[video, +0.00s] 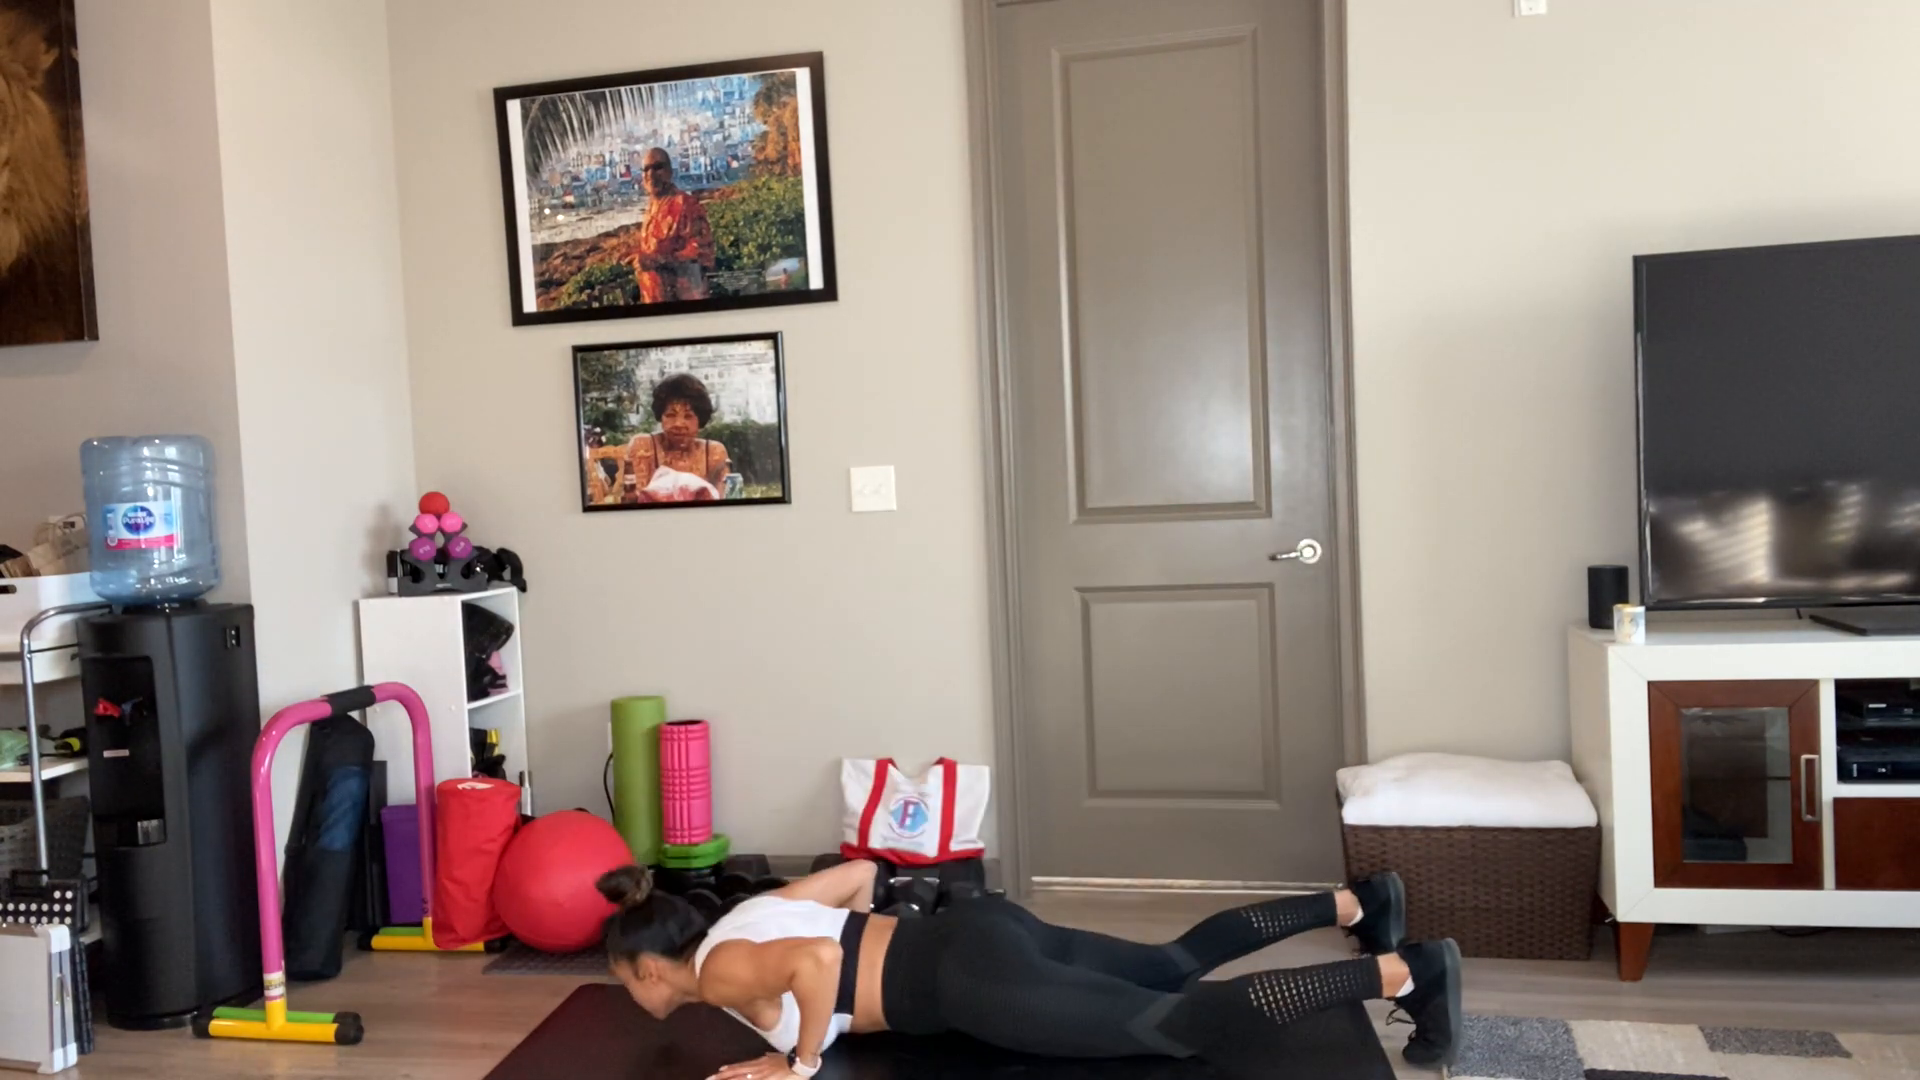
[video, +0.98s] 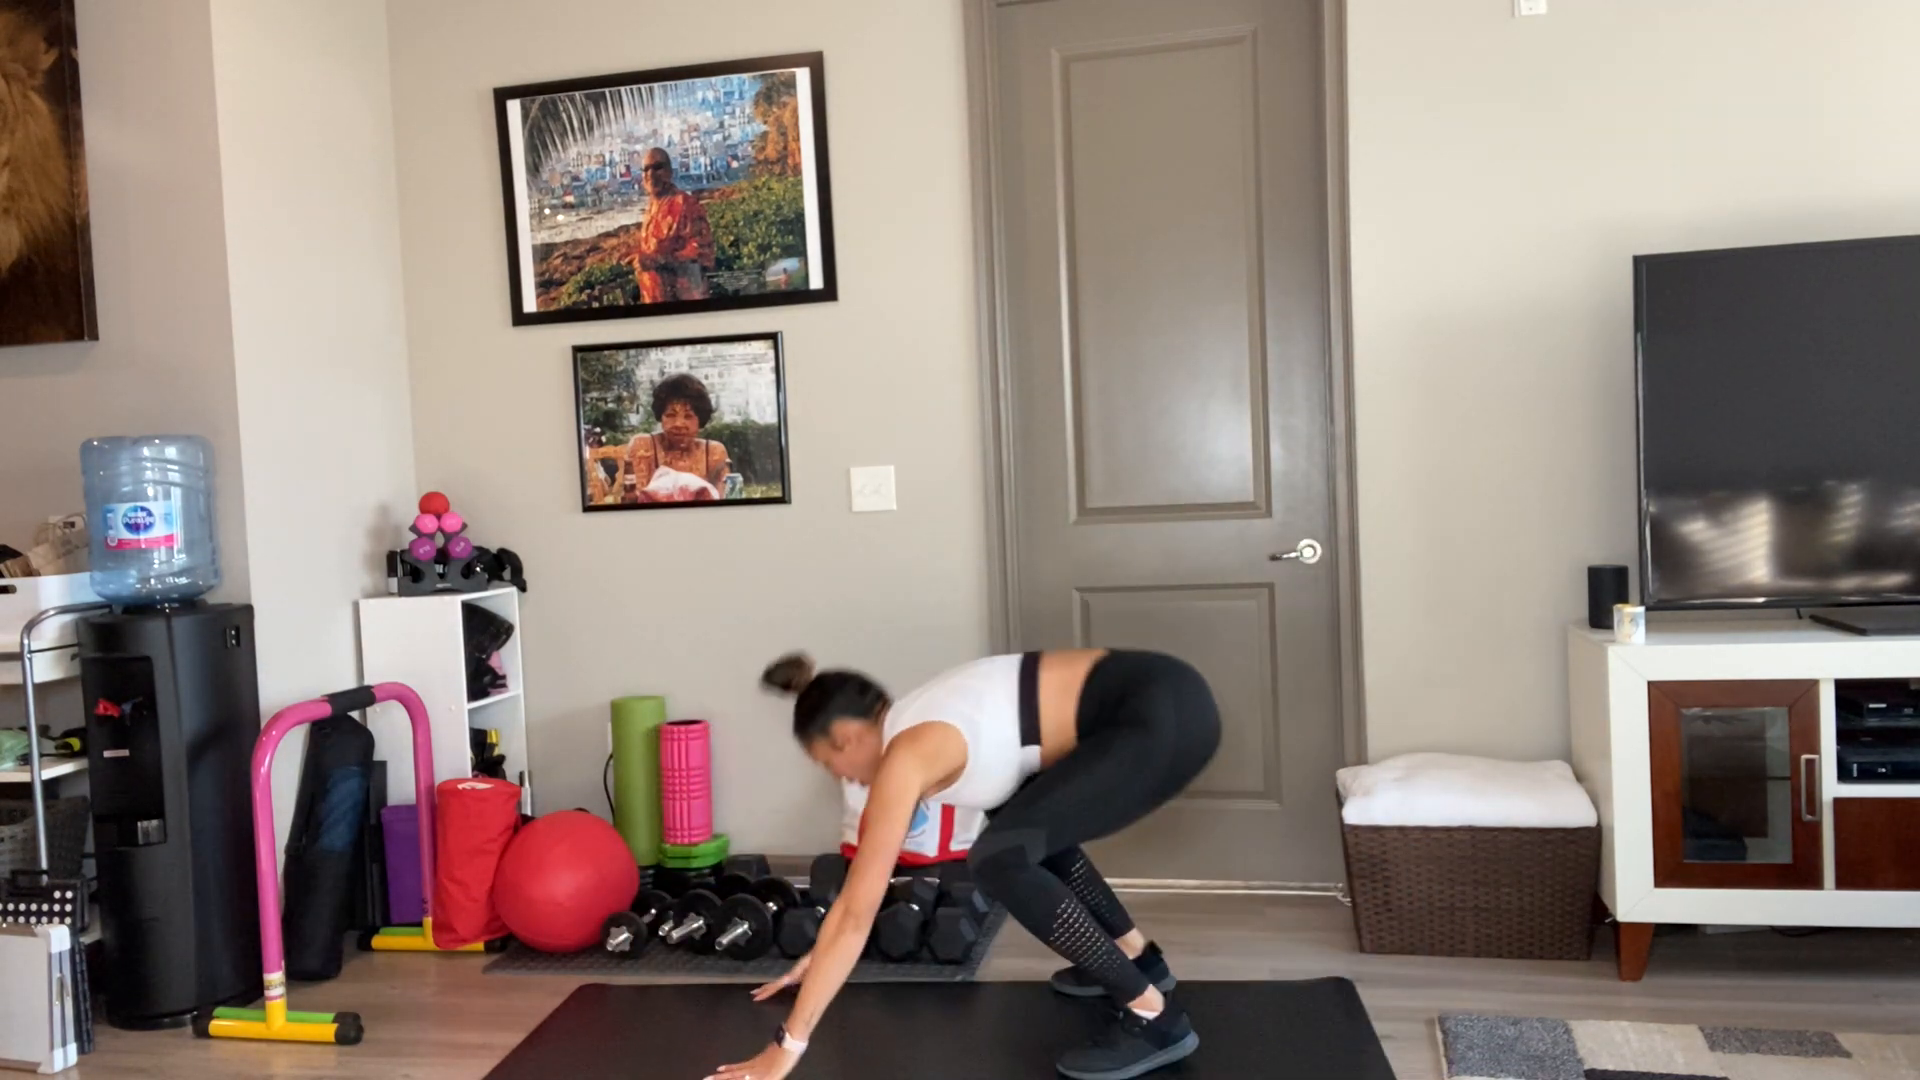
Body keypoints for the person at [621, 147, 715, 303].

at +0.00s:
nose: (650, 174)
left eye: (657, 167)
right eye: (646, 169)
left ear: (670, 172)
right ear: (642, 176)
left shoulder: (687, 205)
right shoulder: (653, 206)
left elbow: (703, 255)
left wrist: (655, 260)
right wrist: (638, 257)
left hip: (683, 297)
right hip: (655, 297)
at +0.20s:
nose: (650, 174)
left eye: (657, 167)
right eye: (646, 169)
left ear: (670, 172)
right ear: (642, 176)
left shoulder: (687, 205)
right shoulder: (653, 206)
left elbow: (703, 255)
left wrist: (655, 260)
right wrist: (638, 256)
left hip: (683, 297)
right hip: (655, 297)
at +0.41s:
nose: (650, 174)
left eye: (657, 167)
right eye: (646, 169)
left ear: (670, 172)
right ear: (642, 176)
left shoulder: (686, 204)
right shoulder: (653, 206)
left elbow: (703, 255)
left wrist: (655, 260)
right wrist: (638, 256)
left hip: (683, 297)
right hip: (655, 297)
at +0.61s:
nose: (650, 174)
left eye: (657, 167)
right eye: (646, 169)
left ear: (670, 172)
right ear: (642, 176)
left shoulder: (686, 204)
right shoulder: (653, 206)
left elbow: (703, 254)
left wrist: (655, 260)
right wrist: (638, 257)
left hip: (683, 297)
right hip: (655, 297)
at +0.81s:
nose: (650, 174)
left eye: (657, 167)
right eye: (646, 169)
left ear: (670, 172)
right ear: (642, 176)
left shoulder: (686, 204)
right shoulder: (653, 206)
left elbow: (703, 255)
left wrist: (655, 260)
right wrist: (638, 257)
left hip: (683, 297)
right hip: (655, 297)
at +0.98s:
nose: (650, 174)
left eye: (657, 167)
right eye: (646, 169)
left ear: (670, 172)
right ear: (642, 176)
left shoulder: (686, 204)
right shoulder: (653, 206)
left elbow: (703, 255)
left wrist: (655, 260)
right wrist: (638, 257)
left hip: (683, 297)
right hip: (655, 297)